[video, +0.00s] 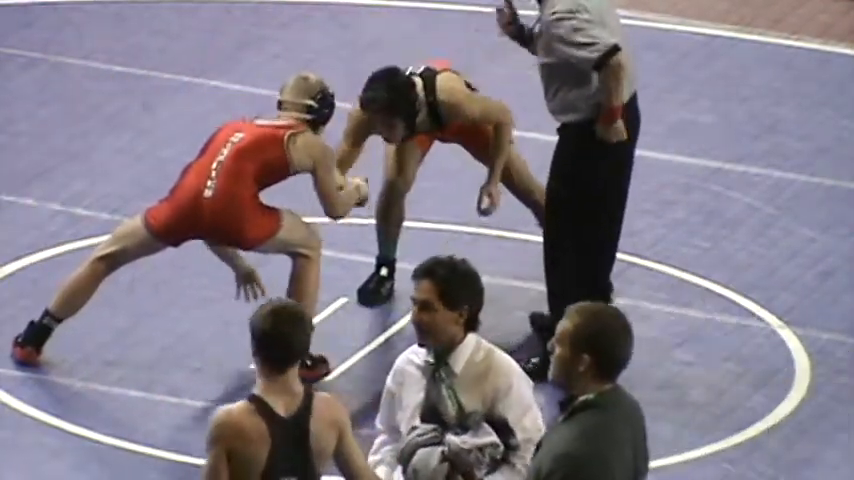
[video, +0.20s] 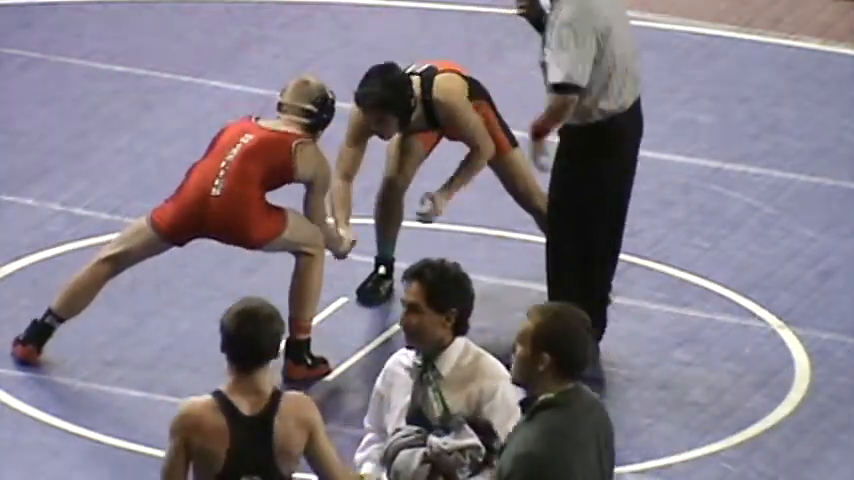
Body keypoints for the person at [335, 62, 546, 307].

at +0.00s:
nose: (381, 135)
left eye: (388, 127)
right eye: (376, 126)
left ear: (409, 116)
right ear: (369, 116)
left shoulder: (451, 101)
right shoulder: (363, 117)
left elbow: (504, 117)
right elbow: (338, 168)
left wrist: (494, 181)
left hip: (462, 121)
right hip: (413, 128)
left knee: (526, 189)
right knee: (394, 186)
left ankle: (575, 250)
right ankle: (384, 271)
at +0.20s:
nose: (371, 128)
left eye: (378, 121)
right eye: (367, 119)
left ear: (401, 110)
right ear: (362, 111)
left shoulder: (446, 98)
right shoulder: (363, 113)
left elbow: (484, 149)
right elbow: (343, 176)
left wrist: (445, 193)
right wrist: (342, 226)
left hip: (466, 107)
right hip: (417, 121)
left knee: (528, 195)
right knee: (392, 185)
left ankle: (578, 257)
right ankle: (383, 270)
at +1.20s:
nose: (369, 108)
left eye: (376, 101)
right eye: (365, 101)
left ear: (399, 94)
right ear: (361, 96)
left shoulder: (440, 98)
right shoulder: (365, 113)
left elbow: (483, 157)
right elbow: (357, 162)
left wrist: (432, 164)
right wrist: (340, 206)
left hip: (472, 138)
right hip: (426, 144)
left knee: (538, 229)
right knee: (388, 203)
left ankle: (581, 270)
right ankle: (384, 272)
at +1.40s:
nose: (370, 100)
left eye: (377, 95)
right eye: (369, 93)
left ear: (401, 95)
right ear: (371, 89)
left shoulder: (435, 109)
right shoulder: (371, 104)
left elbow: (395, 178)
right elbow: (339, 149)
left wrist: (338, 162)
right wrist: (315, 148)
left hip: (485, 153)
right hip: (441, 150)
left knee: (531, 248)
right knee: (390, 197)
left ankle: (590, 258)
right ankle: (390, 273)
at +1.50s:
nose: (346, 96)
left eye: (354, 90)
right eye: (345, 87)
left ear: (379, 90)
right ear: (352, 86)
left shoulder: (414, 119)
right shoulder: (358, 98)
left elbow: (395, 204)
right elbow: (320, 140)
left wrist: (335, 212)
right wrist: (304, 175)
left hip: (473, 159)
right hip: (426, 157)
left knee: (530, 259)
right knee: (377, 206)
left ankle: (593, 257)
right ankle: (395, 271)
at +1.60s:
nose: (322, 108)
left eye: (328, 101)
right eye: (320, 100)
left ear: (354, 99)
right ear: (324, 97)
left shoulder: (397, 133)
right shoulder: (335, 117)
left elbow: (411, 213)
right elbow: (315, 176)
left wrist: (358, 255)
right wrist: (297, 233)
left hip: (457, 179)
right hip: (411, 175)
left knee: (522, 273)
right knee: (363, 230)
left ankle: (581, 256)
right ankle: (395, 268)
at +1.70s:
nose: (291, 146)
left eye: (297, 137)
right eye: (288, 137)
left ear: (323, 133)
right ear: (302, 138)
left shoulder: (378, 154)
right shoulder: (316, 170)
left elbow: (434, 203)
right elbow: (301, 233)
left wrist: (391, 250)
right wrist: (289, 285)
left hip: (442, 190)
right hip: (397, 197)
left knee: (507, 292)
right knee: (358, 271)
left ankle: (561, 267)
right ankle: (392, 278)